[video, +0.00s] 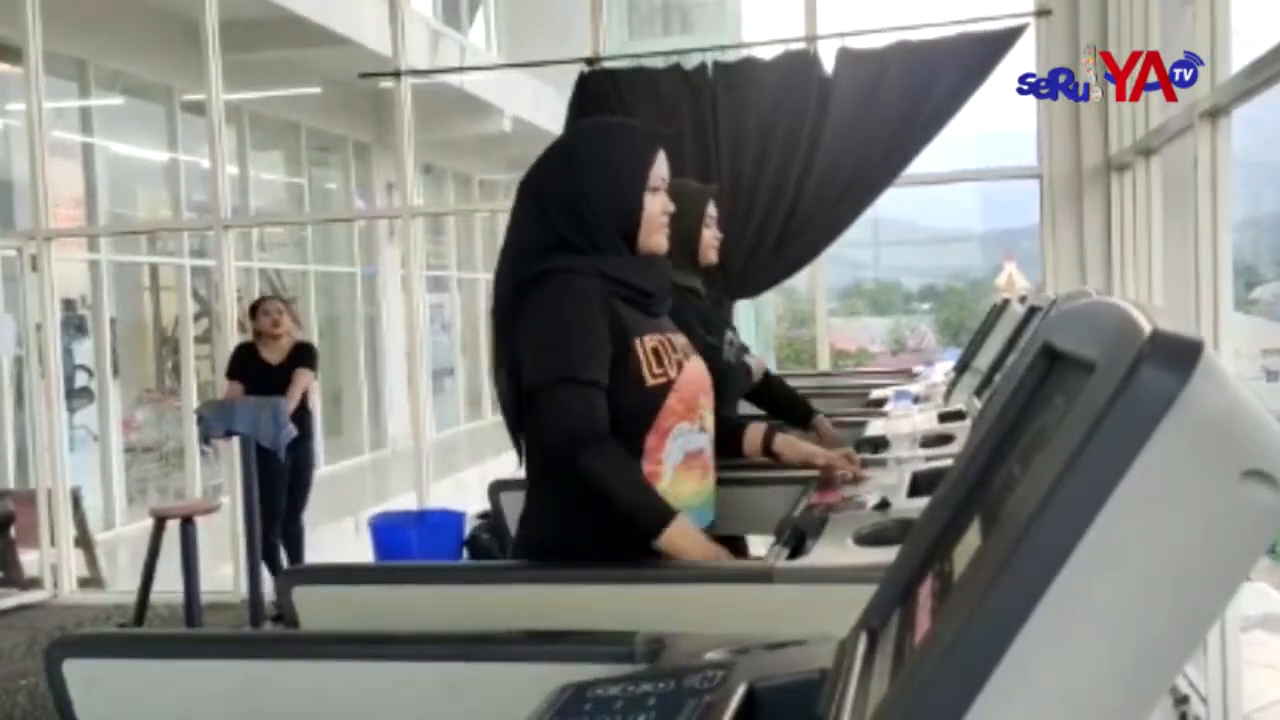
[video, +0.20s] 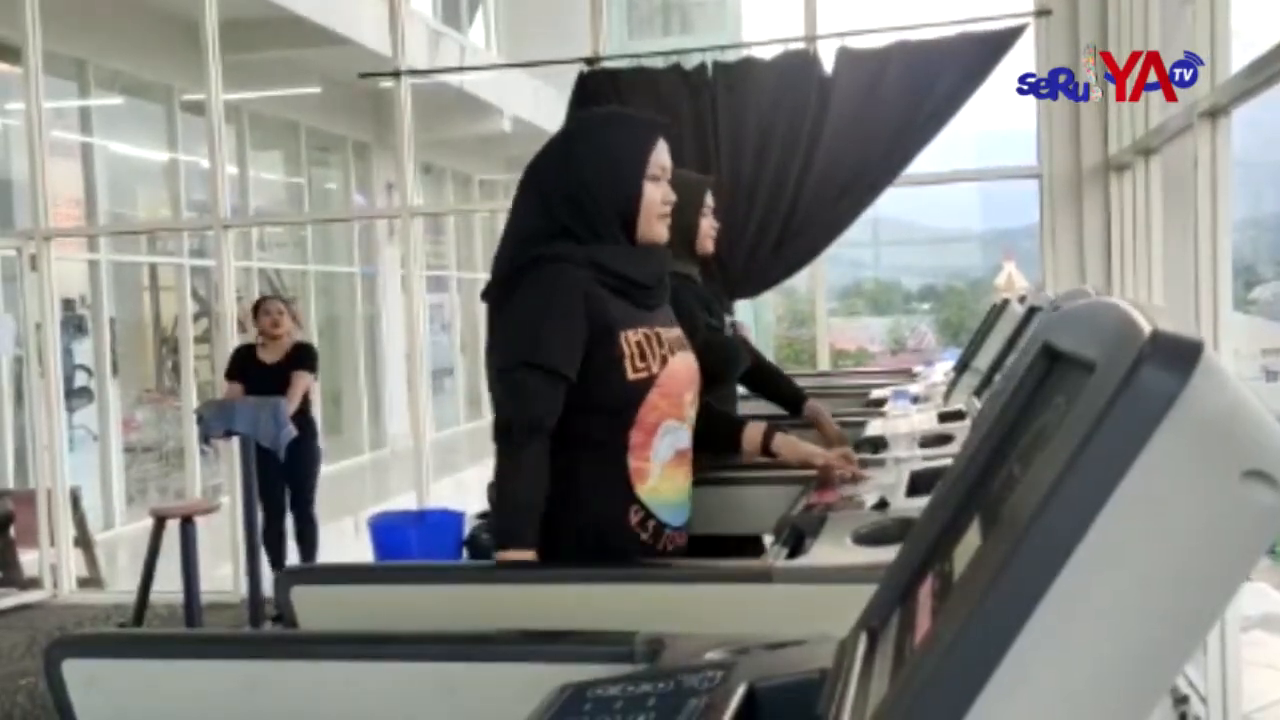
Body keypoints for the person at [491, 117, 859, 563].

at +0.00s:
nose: (669, 206)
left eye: (666, 190)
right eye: (655, 190)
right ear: (608, 193)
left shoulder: (638, 294)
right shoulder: (568, 296)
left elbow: (682, 418)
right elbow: (579, 450)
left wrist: (778, 444)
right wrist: (699, 550)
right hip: (596, 574)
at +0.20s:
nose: (670, 195)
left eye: (668, 179)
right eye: (656, 179)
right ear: (608, 181)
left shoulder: (641, 283)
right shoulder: (553, 284)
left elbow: (668, 417)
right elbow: (524, 431)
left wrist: (774, 442)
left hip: (648, 548)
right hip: (579, 559)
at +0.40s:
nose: (668, 218)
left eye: (666, 203)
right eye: (654, 203)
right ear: (604, 205)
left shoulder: (634, 307)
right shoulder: (547, 312)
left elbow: (660, 431)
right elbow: (499, 461)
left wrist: (770, 447)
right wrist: (461, 578)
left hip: (651, 566)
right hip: (580, 577)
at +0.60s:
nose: (658, 207)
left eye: (656, 190)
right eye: (645, 189)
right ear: (597, 190)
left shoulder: (624, 288)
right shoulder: (552, 295)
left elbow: (672, 413)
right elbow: (548, 459)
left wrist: (794, 454)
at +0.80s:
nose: (654, 220)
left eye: (653, 204)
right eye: (643, 203)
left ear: (602, 203)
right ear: (594, 201)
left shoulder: (615, 300)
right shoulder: (556, 301)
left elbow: (662, 416)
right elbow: (587, 445)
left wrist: (760, 448)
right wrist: (721, 515)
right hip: (553, 572)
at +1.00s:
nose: (659, 216)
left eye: (657, 200)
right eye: (646, 199)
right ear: (597, 196)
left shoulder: (628, 295)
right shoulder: (551, 298)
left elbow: (676, 411)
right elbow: (558, 448)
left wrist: (779, 446)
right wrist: (653, 558)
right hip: (587, 569)